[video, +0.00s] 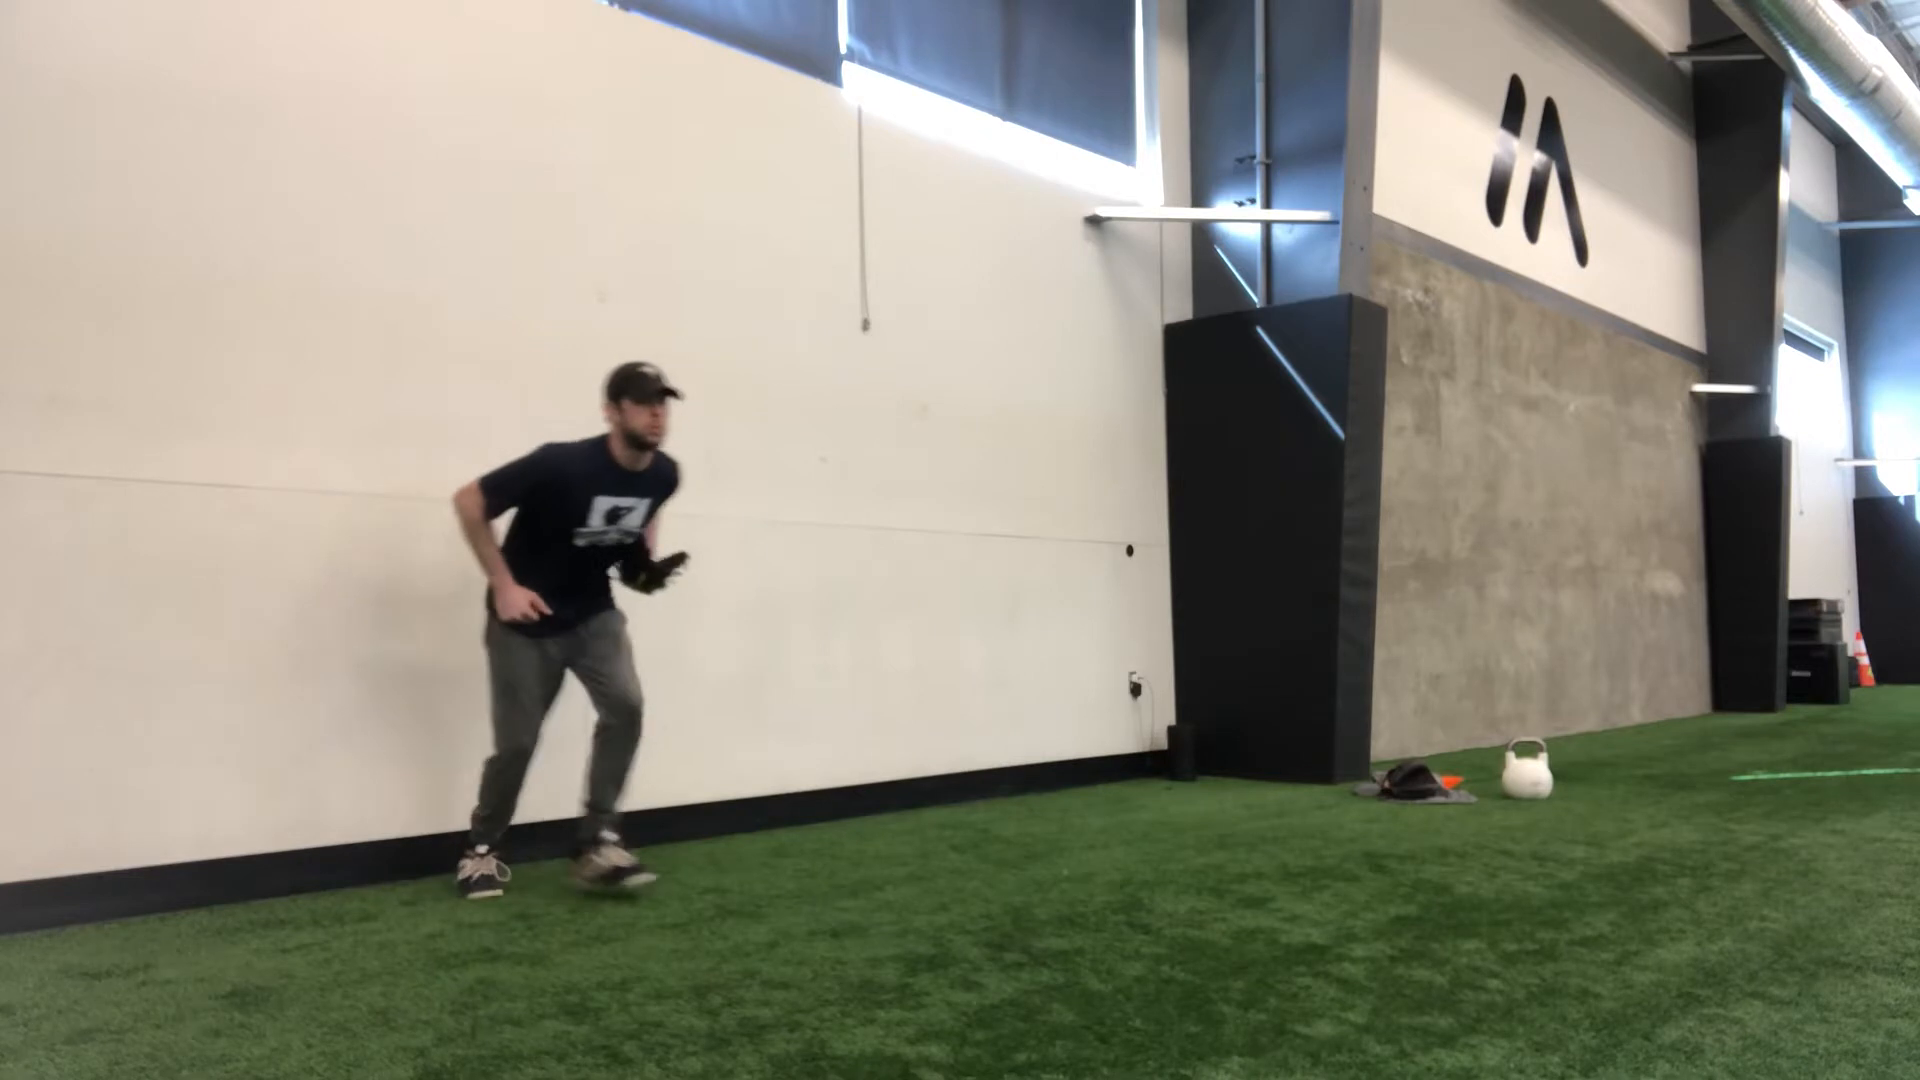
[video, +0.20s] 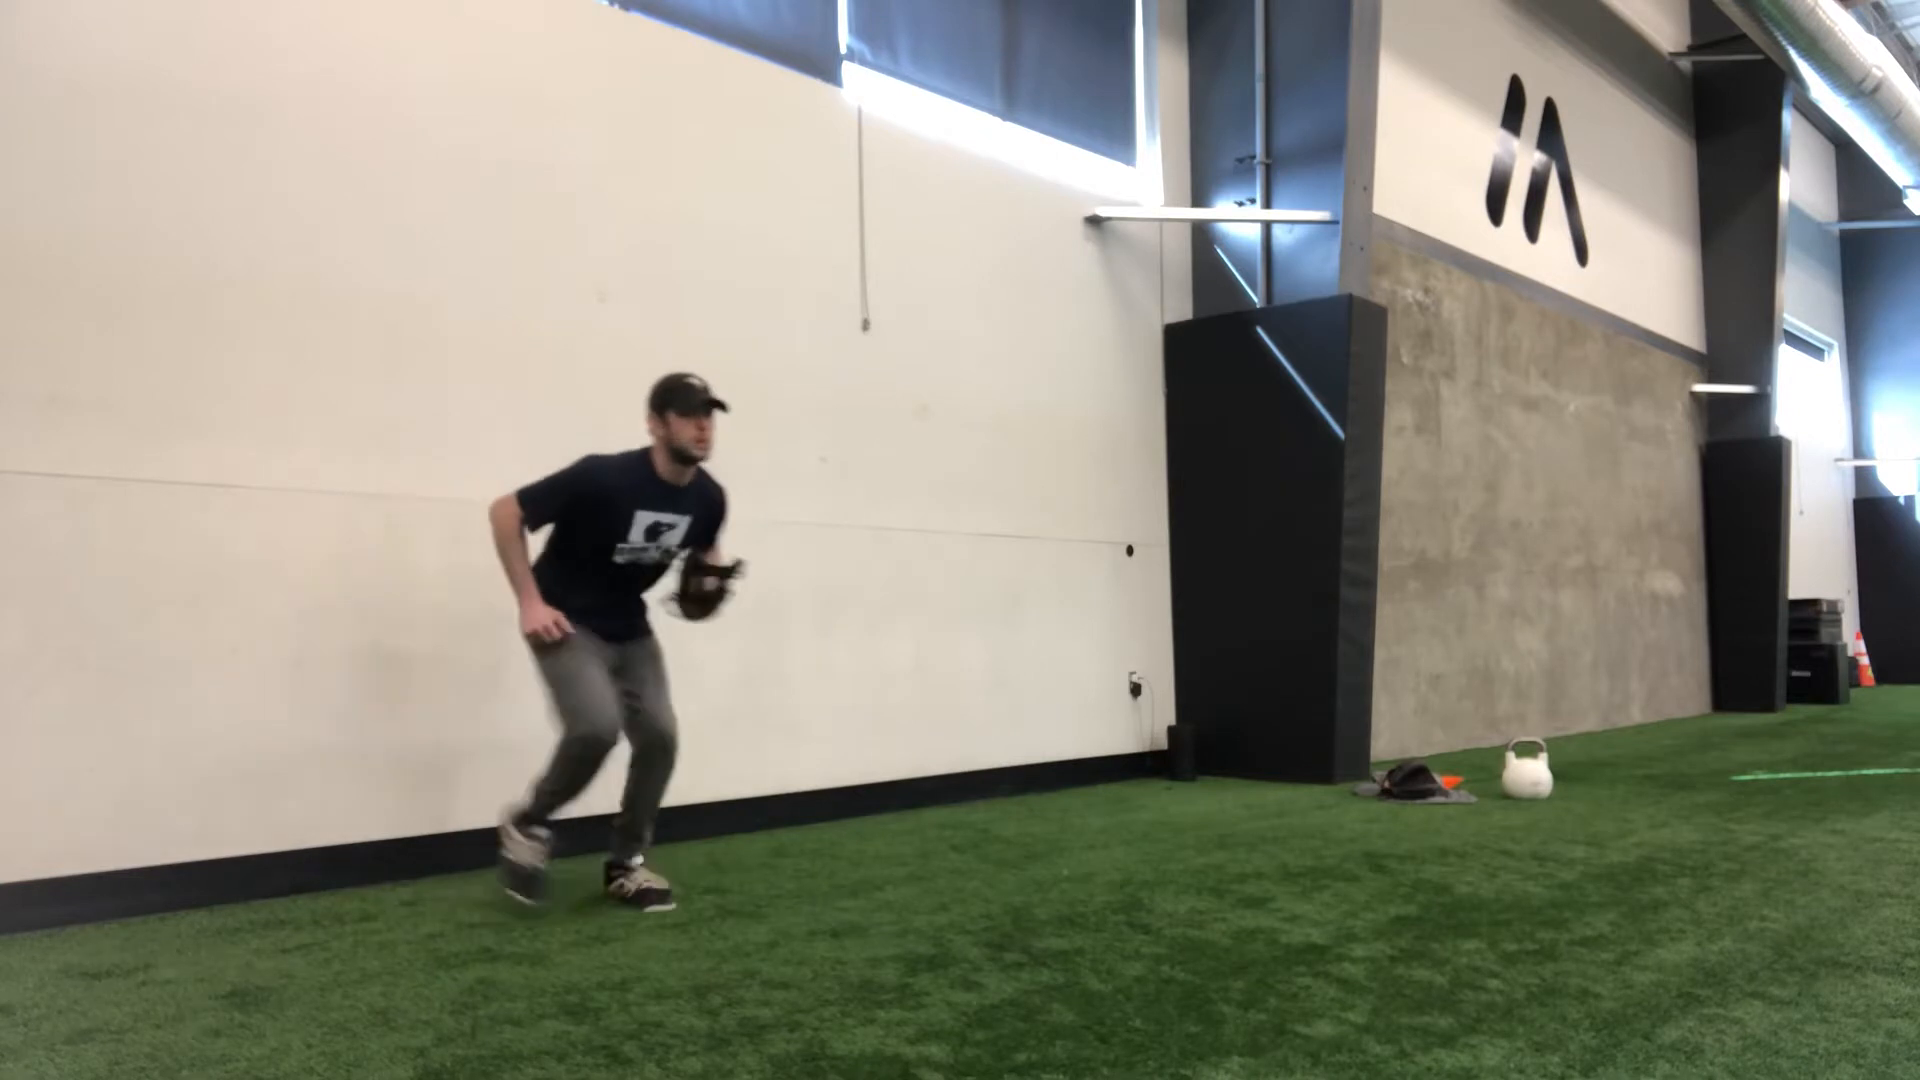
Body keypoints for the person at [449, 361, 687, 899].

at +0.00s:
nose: (657, 415)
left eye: (663, 404)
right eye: (643, 403)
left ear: (668, 411)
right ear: (613, 410)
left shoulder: (662, 475)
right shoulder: (560, 465)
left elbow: (645, 518)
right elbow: (470, 501)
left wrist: (643, 563)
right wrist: (503, 584)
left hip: (591, 613)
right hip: (525, 618)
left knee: (624, 709)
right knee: (516, 743)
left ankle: (598, 842)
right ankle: (482, 852)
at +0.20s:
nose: (704, 428)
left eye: (709, 417)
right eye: (690, 416)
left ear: (714, 424)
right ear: (657, 422)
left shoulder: (707, 500)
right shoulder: (602, 477)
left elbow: (697, 573)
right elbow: (506, 512)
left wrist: (708, 585)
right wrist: (529, 601)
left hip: (626, 622)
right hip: (564, 618)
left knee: (659, 736)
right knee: (597, 728)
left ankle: (625, 866)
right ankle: (527, 826)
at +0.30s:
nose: (723, 424)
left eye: (728, 412)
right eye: (709, 411)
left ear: (733, 418)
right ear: (674, 417)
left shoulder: (724, 498)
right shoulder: (619, 472)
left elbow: (720, 582)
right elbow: (516, 508)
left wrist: (731, 602)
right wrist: (541, 600)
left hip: (635, 612)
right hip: (574, 601)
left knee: (669, 739)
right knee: (617, 700)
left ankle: (623, 861)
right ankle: (581, 870)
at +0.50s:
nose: (752, 453)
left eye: (756, 440)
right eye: (739, 441)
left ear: (757, 441)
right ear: (701, 441)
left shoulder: (752, 512)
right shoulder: (647, 502)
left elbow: (762, 601)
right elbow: (541, 578)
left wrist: (771, 647)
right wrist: (611, 649)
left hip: (660, 631)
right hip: (596, 631)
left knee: (740, 700)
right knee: (653, 732)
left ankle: (603, 775)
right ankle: (622, 915)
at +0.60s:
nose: (768, 483)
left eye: (773, 470)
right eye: (756, 470)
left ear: (776, 468)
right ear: (716, 468)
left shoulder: (773, 530)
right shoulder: (662, 526)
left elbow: (782, 630)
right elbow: (594, 634)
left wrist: (792, 678)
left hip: (676, 634)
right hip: (607, 636)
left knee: (770, 680)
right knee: (668, 732)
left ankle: (628, 775)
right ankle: (622, 914)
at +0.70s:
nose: (788, 513)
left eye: (794, 500)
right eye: (776, 500)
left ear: (800, 496)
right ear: (737, 496)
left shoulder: (790, 553)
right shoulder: (681, 549)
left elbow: (798, 655)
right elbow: (661, 676)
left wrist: (810, 728)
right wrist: (778, 698)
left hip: (692, 628)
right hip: (617, 634)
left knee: (792, 674)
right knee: (671, 733)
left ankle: (781, 812)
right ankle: (621, 913)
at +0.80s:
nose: (817, 556)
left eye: (823, 542)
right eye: (805, 542)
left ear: (829, 535)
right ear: (767, 531)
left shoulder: (816, 590)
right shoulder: (708, 573)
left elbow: (812, 704)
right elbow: (720, 704)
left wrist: (835, 786)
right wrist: (832, 719)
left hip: (719, 639)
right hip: (638, 633)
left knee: (818, 720)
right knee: (669, 730)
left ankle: (904, 837)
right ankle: (622, 913)